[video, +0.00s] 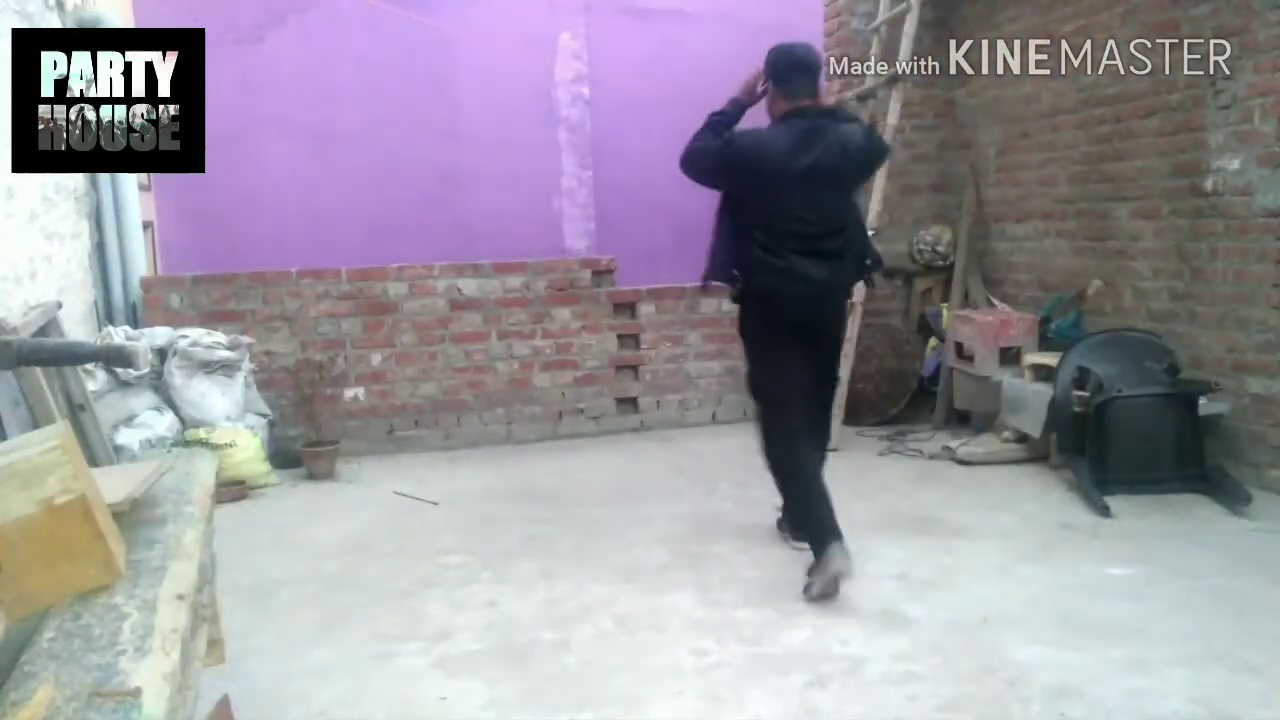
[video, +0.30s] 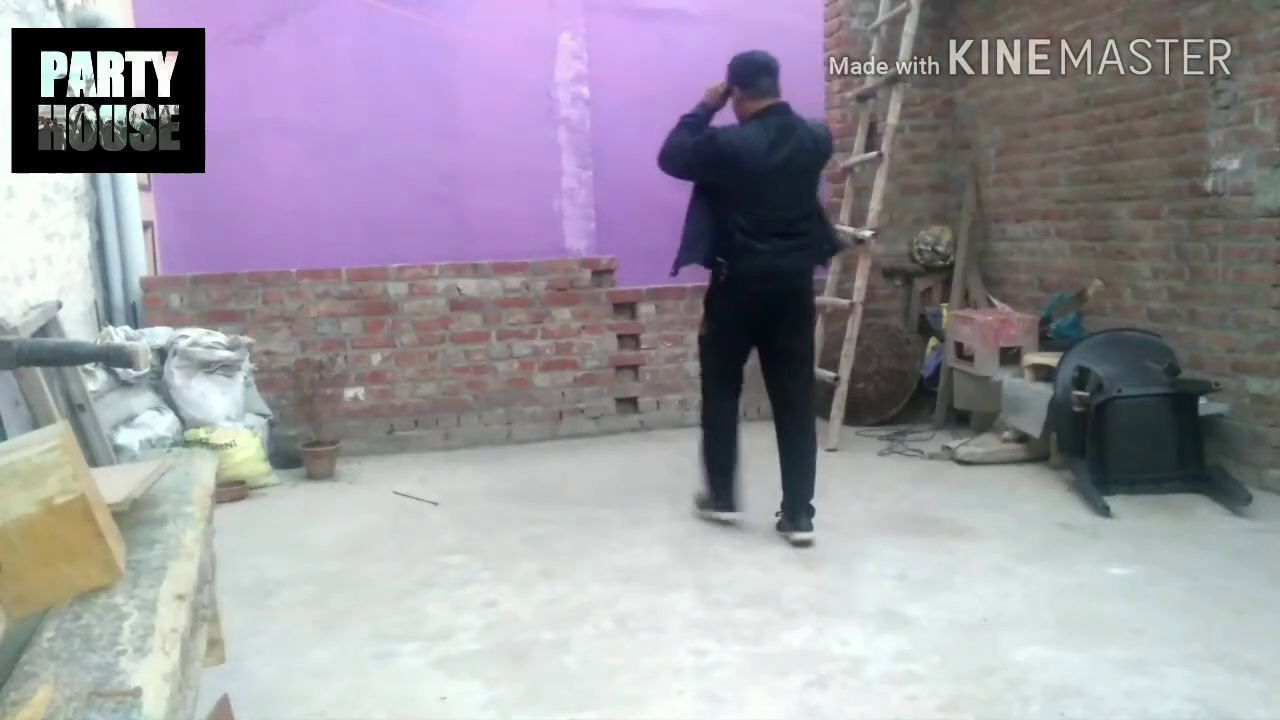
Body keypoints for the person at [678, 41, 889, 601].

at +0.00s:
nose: (769, 98)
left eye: (768, 90)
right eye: (780, 87)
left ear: (768, 92)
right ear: (818, 89)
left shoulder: (751, 149)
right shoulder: (844, 142)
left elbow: (694, 158)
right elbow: (875, 147)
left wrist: (735, 106)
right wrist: (837, 109)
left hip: (767, 297)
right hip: (826, 297)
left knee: (781, 415)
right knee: (814, 403)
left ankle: (829, 543)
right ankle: (797, 513)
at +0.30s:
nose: (732, 101)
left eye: (732, 93)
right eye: (736, 92)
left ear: (736, 94)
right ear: (778, 88)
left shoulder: (726, 145)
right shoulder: (813, 138)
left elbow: (671, 156)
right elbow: (813, 138)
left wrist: (704, 109)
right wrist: (775, 109)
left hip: (735, 289)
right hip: (793, 291)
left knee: (720, 389)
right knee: (795, 399)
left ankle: (721, 495)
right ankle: (799, 515)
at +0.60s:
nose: (709, 120)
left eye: (708, 114)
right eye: (722, 112)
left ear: (707, 117)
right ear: (748, 114)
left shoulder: (692, 166)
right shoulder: (772, 160)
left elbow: (651, 174)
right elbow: (797, 166)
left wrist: (687, 134)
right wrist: (756, 134)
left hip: (702, 296)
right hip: (758, 295)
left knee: (697, 390)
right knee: (764, 385)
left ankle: (705, 486)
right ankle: (781, 463)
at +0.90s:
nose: (717, 113)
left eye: (710, 105)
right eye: (731, 106)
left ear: (703, 109)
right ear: (740, 109)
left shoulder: (676, 161)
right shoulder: (764, 159)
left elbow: (661, 209)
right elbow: (797, 210)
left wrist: (693, 224)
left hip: (695, 288)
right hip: (750, 286)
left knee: (700, 380)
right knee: (751, 367)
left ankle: (702, 481)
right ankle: (757, 461)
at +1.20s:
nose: (730, 126)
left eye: (722, 120)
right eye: (741, 119)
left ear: (717, 123)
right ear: (752, 122)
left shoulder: (697, 172)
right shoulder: (779, 170)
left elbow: (684, 234)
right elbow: (790, 231)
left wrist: (675, 286)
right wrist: (788, 280)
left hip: (713, 291)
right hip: (763, 291)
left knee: (703, 362)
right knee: (763, 372)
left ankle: (710, 429)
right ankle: (756, 454)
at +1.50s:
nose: (735, 133)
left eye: (728, 126)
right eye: (746, 126)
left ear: (721, 130)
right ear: (753, 129)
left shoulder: (700, 177)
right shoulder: (776, 174)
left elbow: (683, 239)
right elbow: (797, 234)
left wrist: (679, 292)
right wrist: (809, 283)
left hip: (716, 291)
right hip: (764, 291)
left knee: (724, 360)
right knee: (761, 367)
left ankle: (726, 432)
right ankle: (756, 454)